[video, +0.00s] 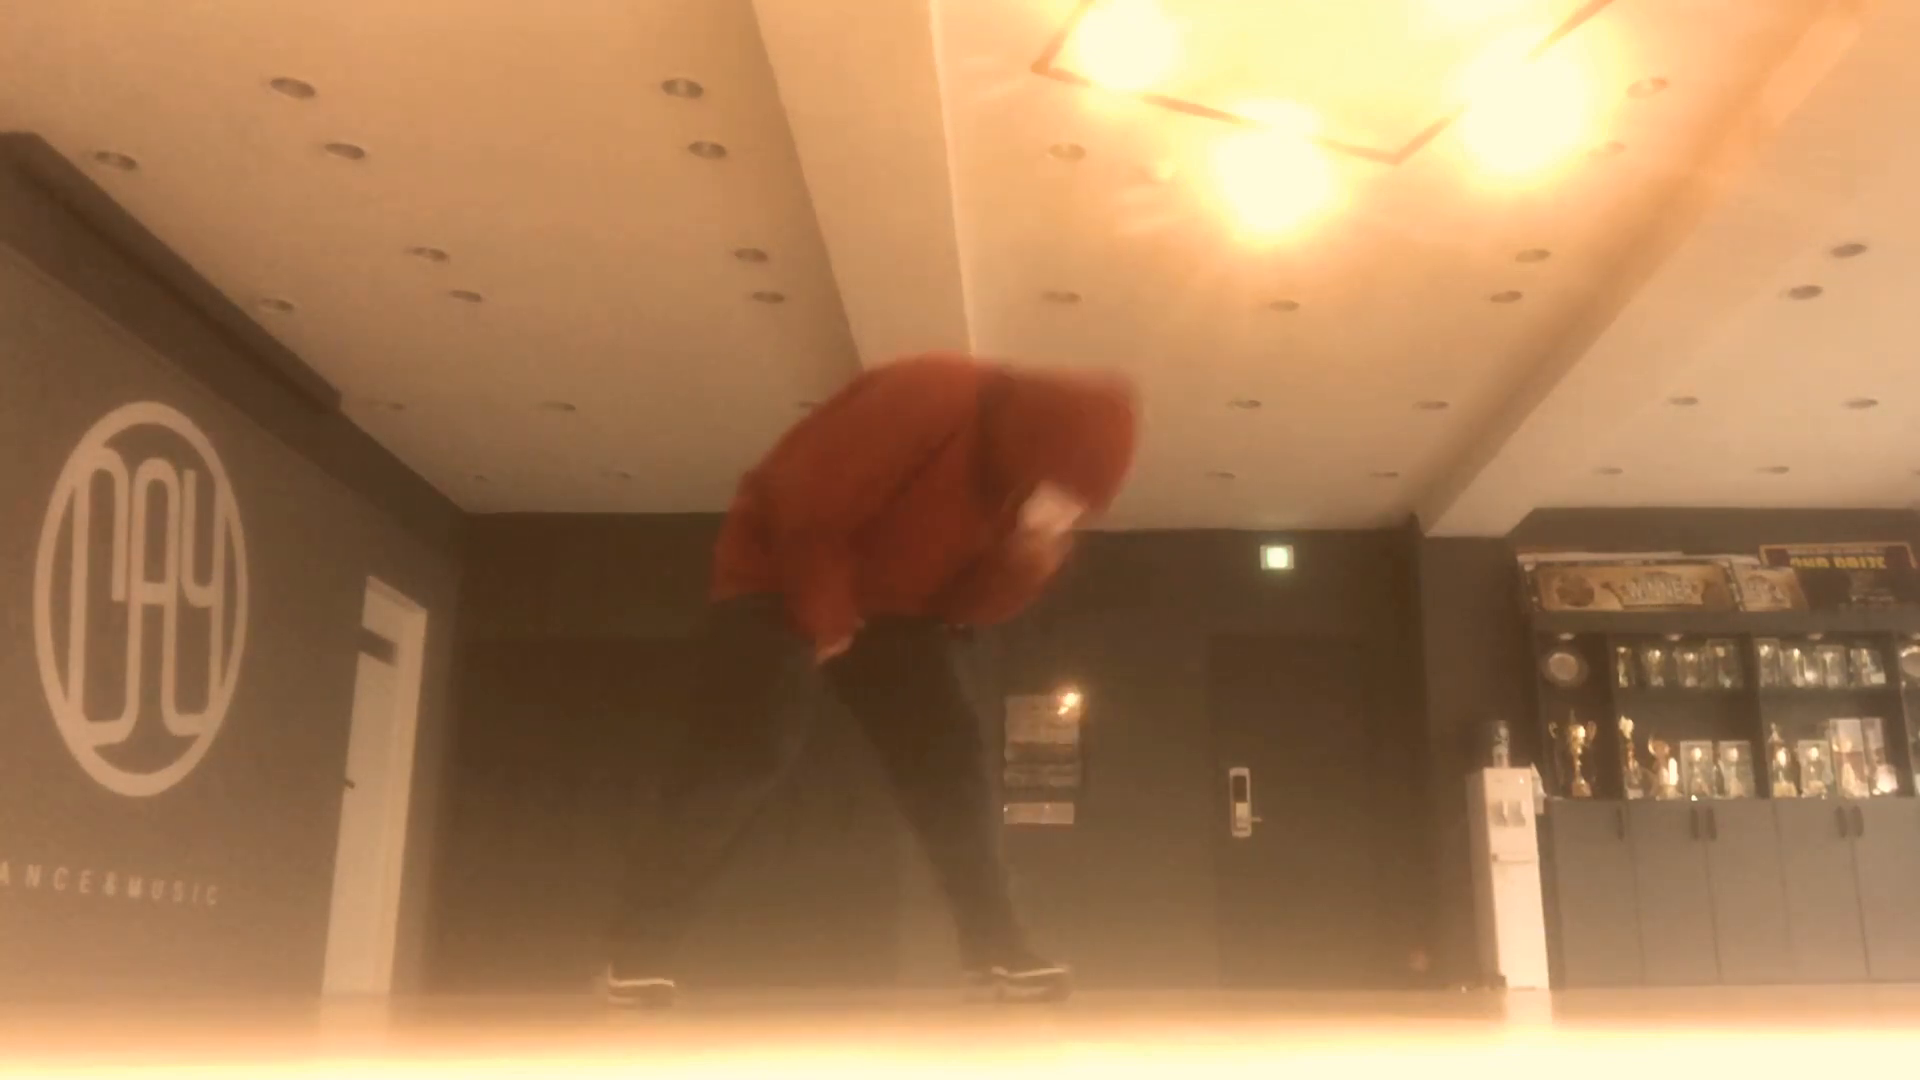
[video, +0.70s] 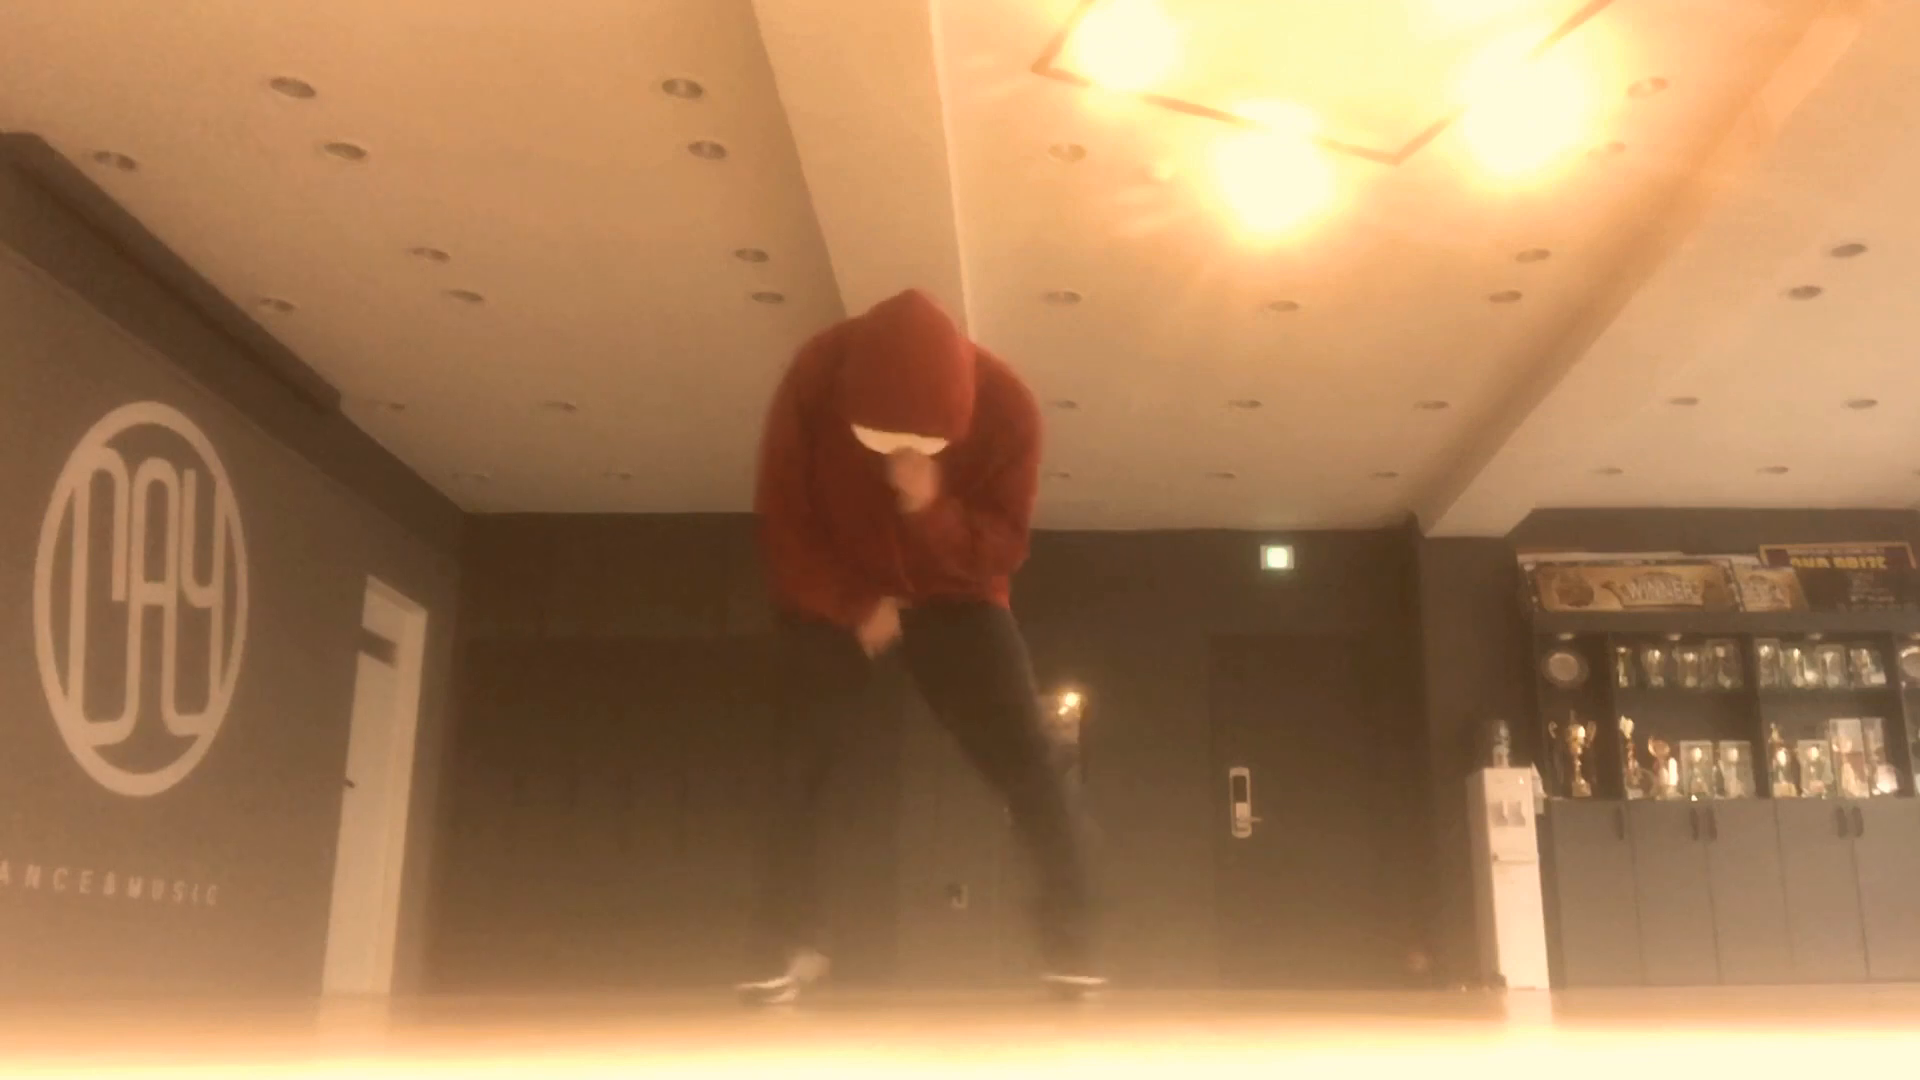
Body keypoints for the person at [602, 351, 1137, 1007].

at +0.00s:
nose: (1051, 502)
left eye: (1070, 499)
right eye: (1056, 486)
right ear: (1036, 441)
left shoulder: (1033, 464)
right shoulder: (929, 397)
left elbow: (967, 607)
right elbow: (801, 491)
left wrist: (1031, 550)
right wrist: (827, 621)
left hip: (889, 598)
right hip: (779, 572)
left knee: (950, 757)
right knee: (749, 748)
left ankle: (995, 948)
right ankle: (640, 946)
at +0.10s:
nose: (976, 572)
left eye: (992, 570)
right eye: (979, 559)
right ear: (969, 507)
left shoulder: (1001, 494)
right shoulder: (879, 440)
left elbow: (920, 643)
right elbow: (752, 532)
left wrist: (954, 618)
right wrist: (810, 631)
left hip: (868, 601)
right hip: (768, 578)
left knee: (932, 744)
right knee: (748, 753)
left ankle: (987, 948)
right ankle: (636, 949)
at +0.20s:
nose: (935, 544)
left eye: (951, 538)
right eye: (929, 532)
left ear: (993, 494)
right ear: (908, 482)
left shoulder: (1009, 476)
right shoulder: (834, 427)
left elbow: (987, 608)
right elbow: (748, 532)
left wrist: (954, 601)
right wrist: (816, 624)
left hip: (897, 614)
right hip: (787, 596)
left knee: (950, 752)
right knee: (738, 758)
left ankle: (987, 942)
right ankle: (632, 946)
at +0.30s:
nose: (936, 500)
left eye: (952, 484)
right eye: (919, 485)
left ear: (980, 446)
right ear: (880, 432)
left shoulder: (1004, 421)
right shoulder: (816, 400)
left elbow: (1026, 555)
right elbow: (771, 545)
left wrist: (962, 549)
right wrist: (855, 610)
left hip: (936, 589)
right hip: (826, 582)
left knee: (978, 748)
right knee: (765, 744)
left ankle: (995, 940)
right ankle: (637, 926)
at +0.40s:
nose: (944, 450)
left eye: (955, 436)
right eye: (927, 439)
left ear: (974, 395)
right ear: (877, 401)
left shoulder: (976, 389)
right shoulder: (799, 396)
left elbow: (1029, 508)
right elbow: (787, 546)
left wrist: (991, 489)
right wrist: (879, 608)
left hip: (958, 573)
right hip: (844, 580)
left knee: (1010, 734)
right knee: (810, 743)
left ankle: (1039, 931)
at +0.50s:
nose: (957, 442)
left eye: (964, 427)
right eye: (939, 431)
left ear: (969, 398)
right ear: (890, 407)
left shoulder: (952, 393)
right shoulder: (791, 409)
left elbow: (1014, 514)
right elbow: (790, 574)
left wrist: (1003, 476)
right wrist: (878, 631)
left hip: (953, 579)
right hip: (847, 593)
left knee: (1051, 725)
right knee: (832, 770)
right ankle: (818, 955)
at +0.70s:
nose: (904, 457)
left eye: (922, 445)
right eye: (887, 442)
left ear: (956, 408)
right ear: (857, 396)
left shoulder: (1007, 408)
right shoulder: (816, 377)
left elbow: (998, 550)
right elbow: (782, 521)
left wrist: (930, 505)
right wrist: (852, 603)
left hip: (952, 596)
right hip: (833, 591)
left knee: (1031, 763)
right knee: (803, 764)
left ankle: (1073, 952)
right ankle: (796, 943)